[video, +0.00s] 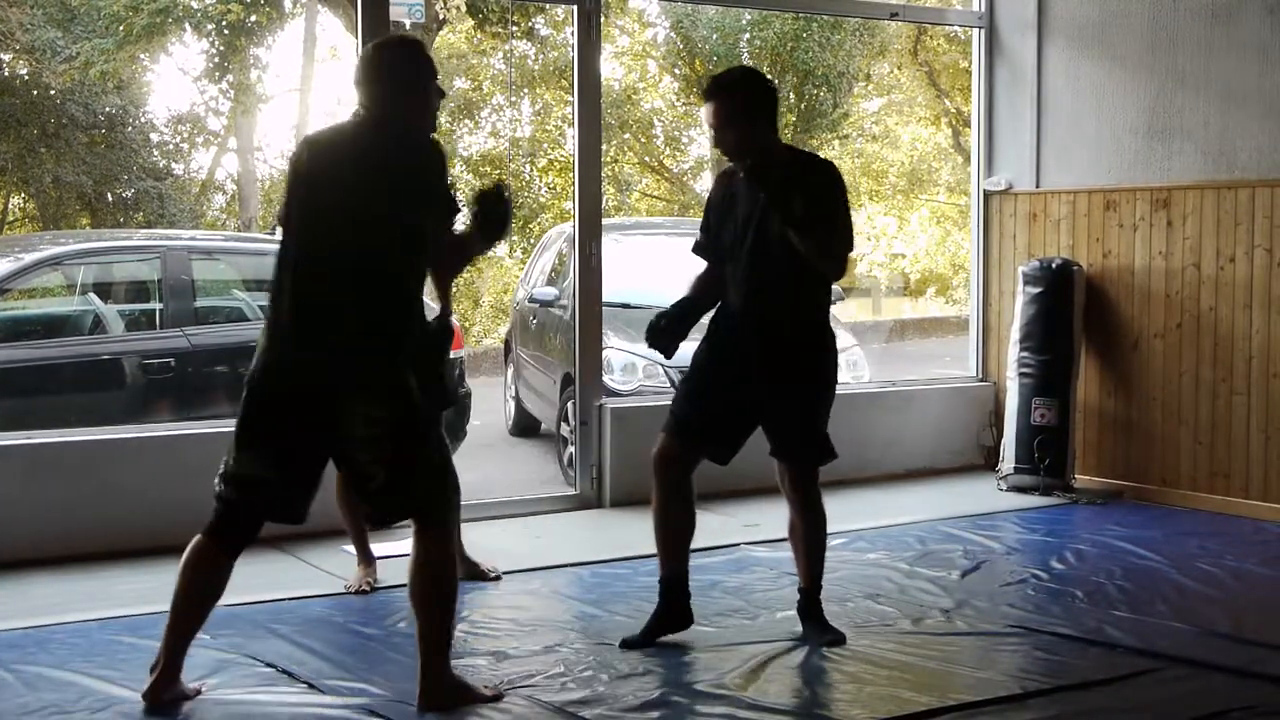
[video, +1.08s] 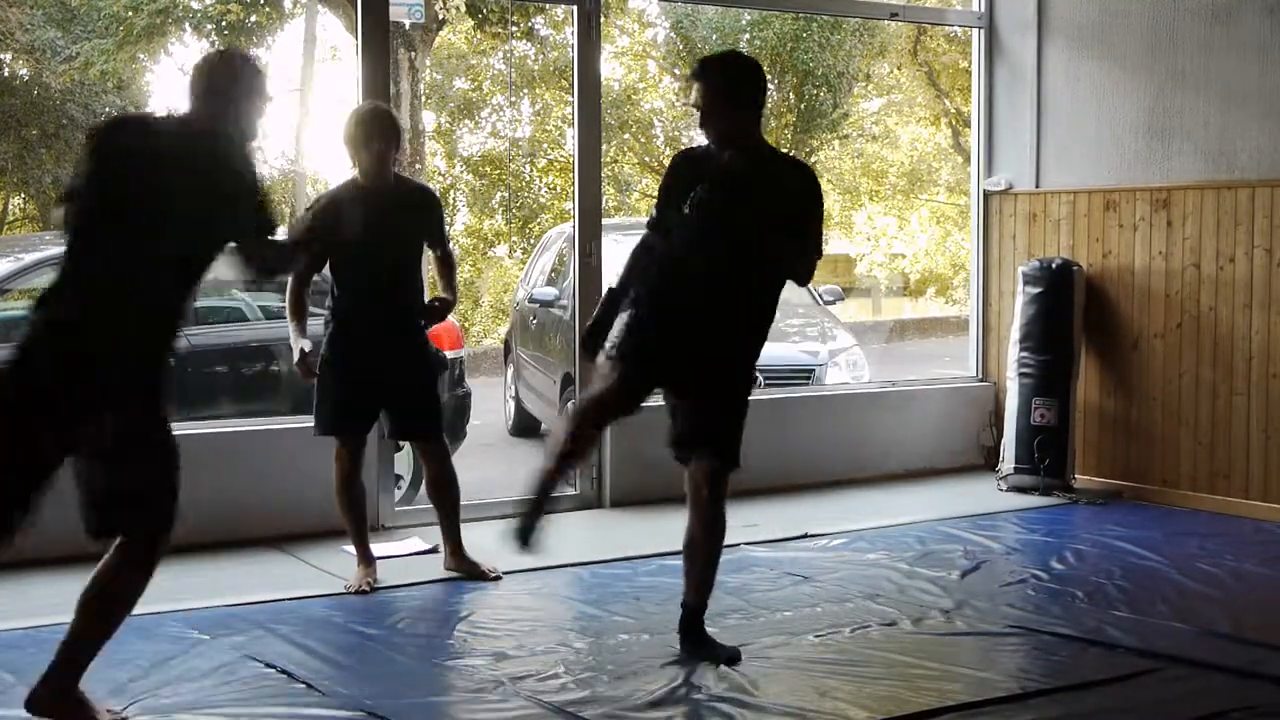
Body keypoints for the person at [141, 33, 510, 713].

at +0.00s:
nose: (439, 100)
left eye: (436, 87)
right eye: (433, 88)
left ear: (364, 87)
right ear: (412, 91)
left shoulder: (313, 150)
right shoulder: (420, 156)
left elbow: (298, 247)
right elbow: (441, 266)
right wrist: (483, 230)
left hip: (289, 368)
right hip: (376, 374)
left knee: (230, 521)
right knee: (437, 510)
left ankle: (164, 673)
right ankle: (436, 680)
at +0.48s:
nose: (396, 94)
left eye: (395, 83)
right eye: (392, 83)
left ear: (324, 81)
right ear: (375, 83)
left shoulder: (269, 144)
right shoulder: (382, 137)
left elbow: (260, 248)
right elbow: (414, 253)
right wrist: (459, 207)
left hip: (273, 362)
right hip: (366, 363)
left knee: (218, 522)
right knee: (428, 512)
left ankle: (158, 677)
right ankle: (438, 678)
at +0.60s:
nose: (388, 104)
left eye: (384, 93)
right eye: (384, 92)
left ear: (312, 92)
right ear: (370, 93)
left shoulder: (258, 157)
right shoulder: (380, 150)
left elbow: (223, 250)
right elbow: (417, 250)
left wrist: (300, 224)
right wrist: (457, 212)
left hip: (272, 378)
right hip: (368, 376)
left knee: (223, 524)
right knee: (439, 509)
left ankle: (162, 667)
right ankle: (443, 675)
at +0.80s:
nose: (327, 118)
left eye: (327, 106)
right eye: (326, 105)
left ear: (265, 94)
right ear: (310, 102)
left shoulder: (198, 153)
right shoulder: (302, 161)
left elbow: (171, 240)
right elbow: (336, 252)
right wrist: (386, 224)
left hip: (201, 376)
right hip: (283, 376)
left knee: (200, 530)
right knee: (356, 521)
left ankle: (165, 683)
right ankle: (414, 675)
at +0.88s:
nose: (310, 110)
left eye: (310, 97)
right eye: (310, 97)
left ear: (249, 80)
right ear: (294, 92)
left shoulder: (175, 133)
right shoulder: (280, 152)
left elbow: (145, 228)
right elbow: (324, 244)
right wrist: (364, 199)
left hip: (148, 348)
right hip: (224, 353)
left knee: (156, 510)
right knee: (289, 495)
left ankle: (151, 671)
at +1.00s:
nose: (278, 107)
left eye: (280, 96)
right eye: (278, 95)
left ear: (220, 78)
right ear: (263, 90)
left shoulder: (144, 127)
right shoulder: (258, 157)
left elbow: (105, 218)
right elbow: (298, 234)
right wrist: (359, 193)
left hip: (89, 330)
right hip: (164, 343)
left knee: (75, 463)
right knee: (165, 516)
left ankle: (57, 549)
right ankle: (64, 676)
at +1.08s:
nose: (260, 115)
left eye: (260, 103)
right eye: (258, 102)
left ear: (199, 89)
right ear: (240, 101)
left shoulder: (121, 135)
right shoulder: (231, 167)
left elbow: (78, 220)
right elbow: (258, 260)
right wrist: (307, 247)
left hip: (48, 350)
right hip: (125, 369)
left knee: (5, 509)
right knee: (146, 529)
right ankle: (59, 684)